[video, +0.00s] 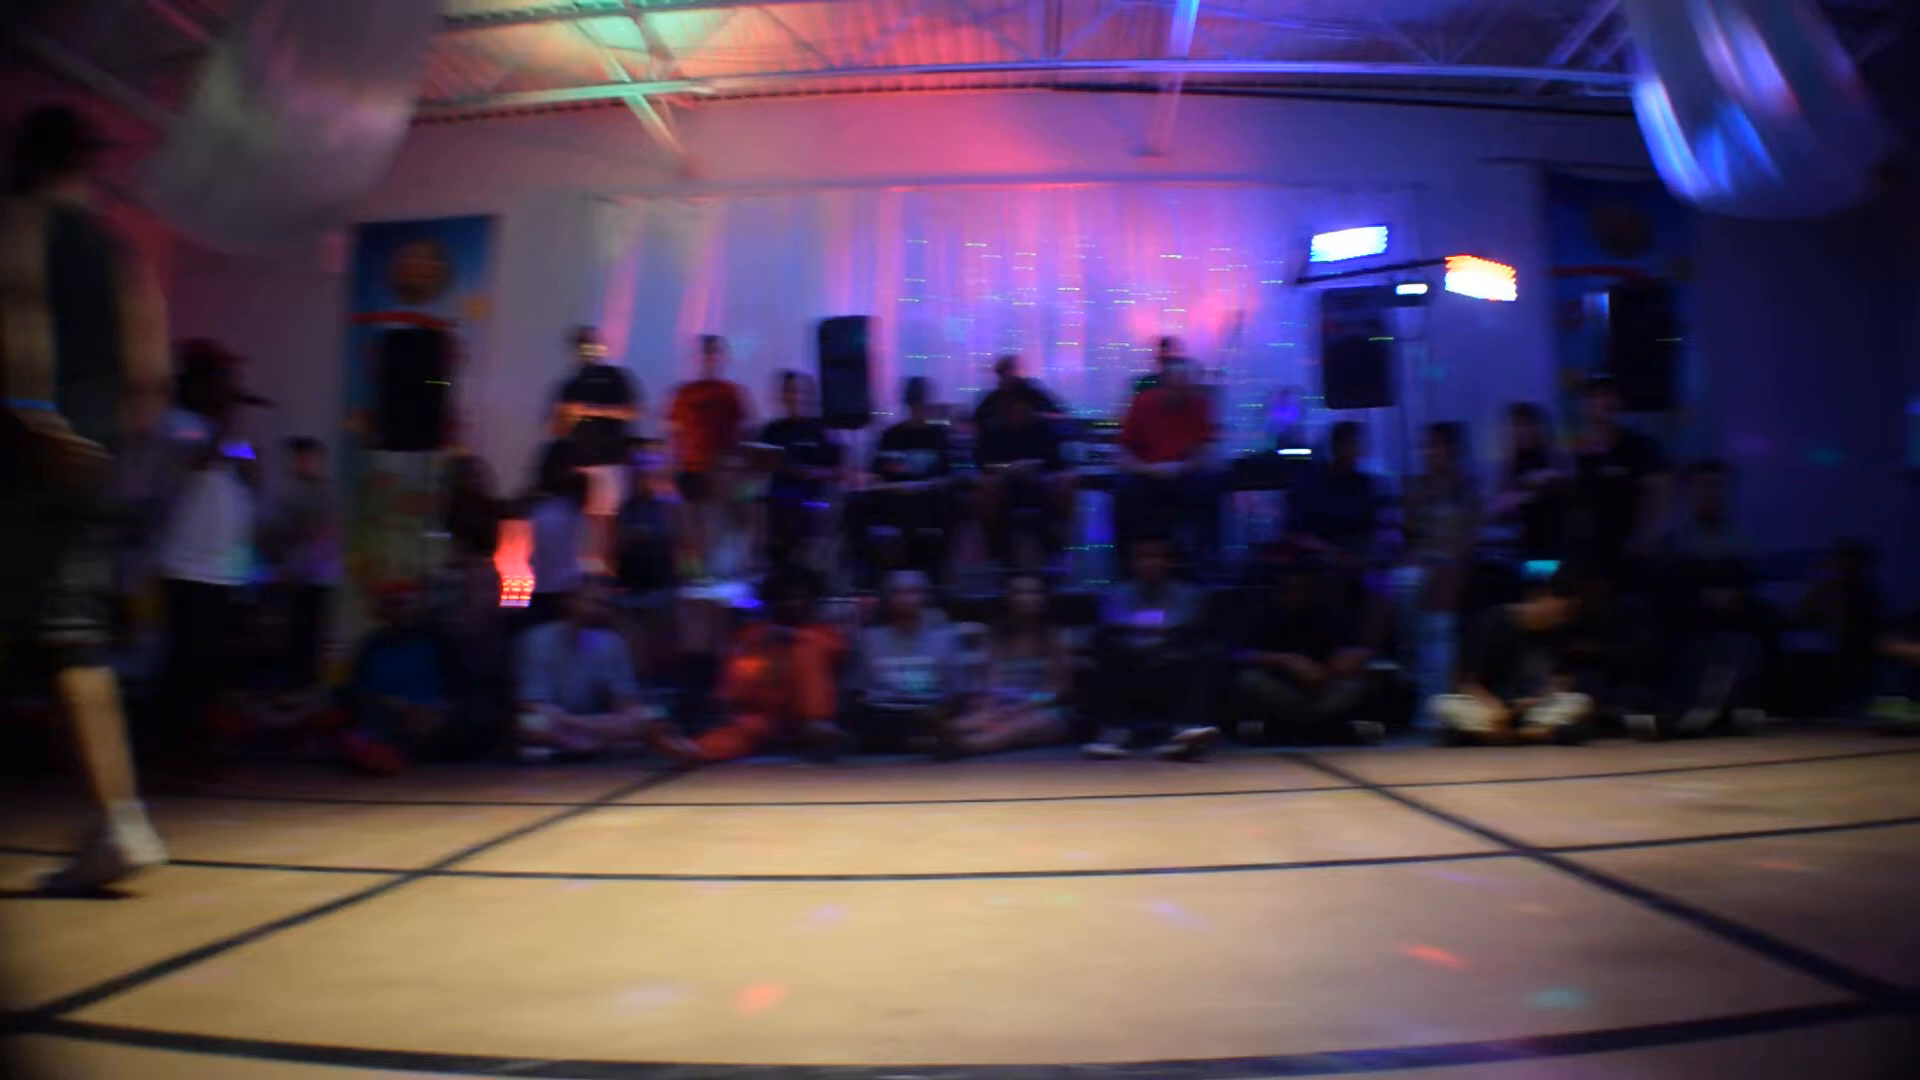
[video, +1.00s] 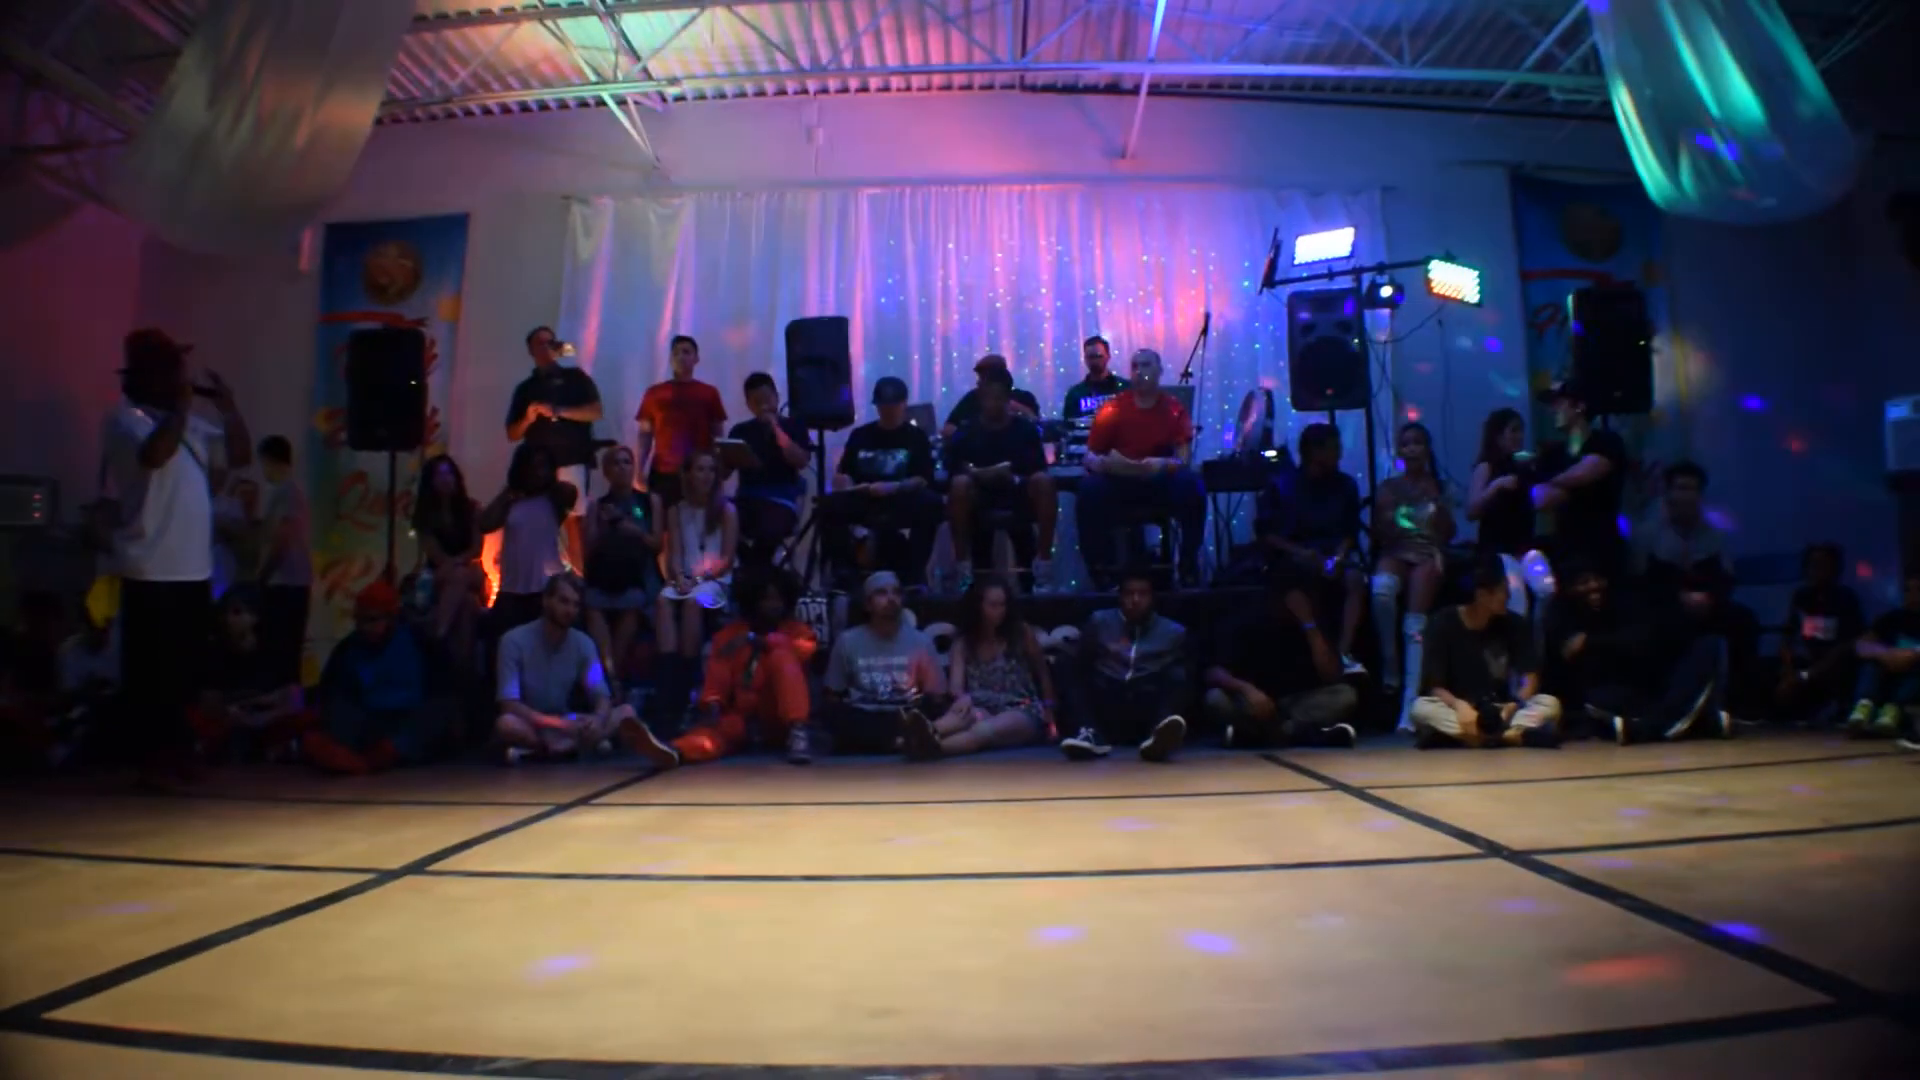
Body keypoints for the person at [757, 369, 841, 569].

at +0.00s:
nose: (793, 398)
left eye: (799, 392)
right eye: (789, 392)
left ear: (810, 395)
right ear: (783, 395)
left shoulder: (821, 430)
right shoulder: (774, 430)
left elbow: (834, 469)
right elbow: (764, 463)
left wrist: (807, 472)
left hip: (814, 501)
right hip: (780, 501)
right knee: (779, 554)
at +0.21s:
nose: (740, 398)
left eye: (745, 392)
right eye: (735, 393)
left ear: (757, 395)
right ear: (728, 396)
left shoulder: (772, 428)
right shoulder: (717, 430)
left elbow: (788, 469)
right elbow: (701, 471)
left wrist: (765, 467)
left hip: (760, 500)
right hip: (724, 498)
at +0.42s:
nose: (739, 404)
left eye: (744, 397)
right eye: (734, 398)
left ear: (756, 396)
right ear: (729, 399)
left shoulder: (773, 427)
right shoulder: (720, 430)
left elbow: (784, 464)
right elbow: (704, 470)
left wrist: (755, 440)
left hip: (761, 499)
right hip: (727, 497)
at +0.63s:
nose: (739, 410)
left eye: (743, 403)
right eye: (734, 405)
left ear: (754, 400)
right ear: (727, 404)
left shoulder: (772, 428)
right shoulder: (720, 431)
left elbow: (778, 461)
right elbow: (704, 470)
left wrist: (751, 434)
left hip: (759, 498)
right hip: (726, 497)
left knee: (745, 538)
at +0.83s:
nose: (766, 405)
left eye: (770, 399)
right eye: (760, 401)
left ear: (780, 401)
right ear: (754, 404)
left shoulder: (798, 429)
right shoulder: (747, 433)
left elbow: (806, 462)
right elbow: (730, 472)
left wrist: (782, 440)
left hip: (786, 497)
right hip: (754, 497)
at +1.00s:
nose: (764, 404)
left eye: (768, 397)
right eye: (757, 399)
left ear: (777, 398)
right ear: (748, 402)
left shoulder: (793, 428)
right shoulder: (741, 431)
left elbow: (801, 460)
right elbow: (725, 470)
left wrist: (777, 430)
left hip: (781, 494)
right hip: (749, 494)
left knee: (770, 531)